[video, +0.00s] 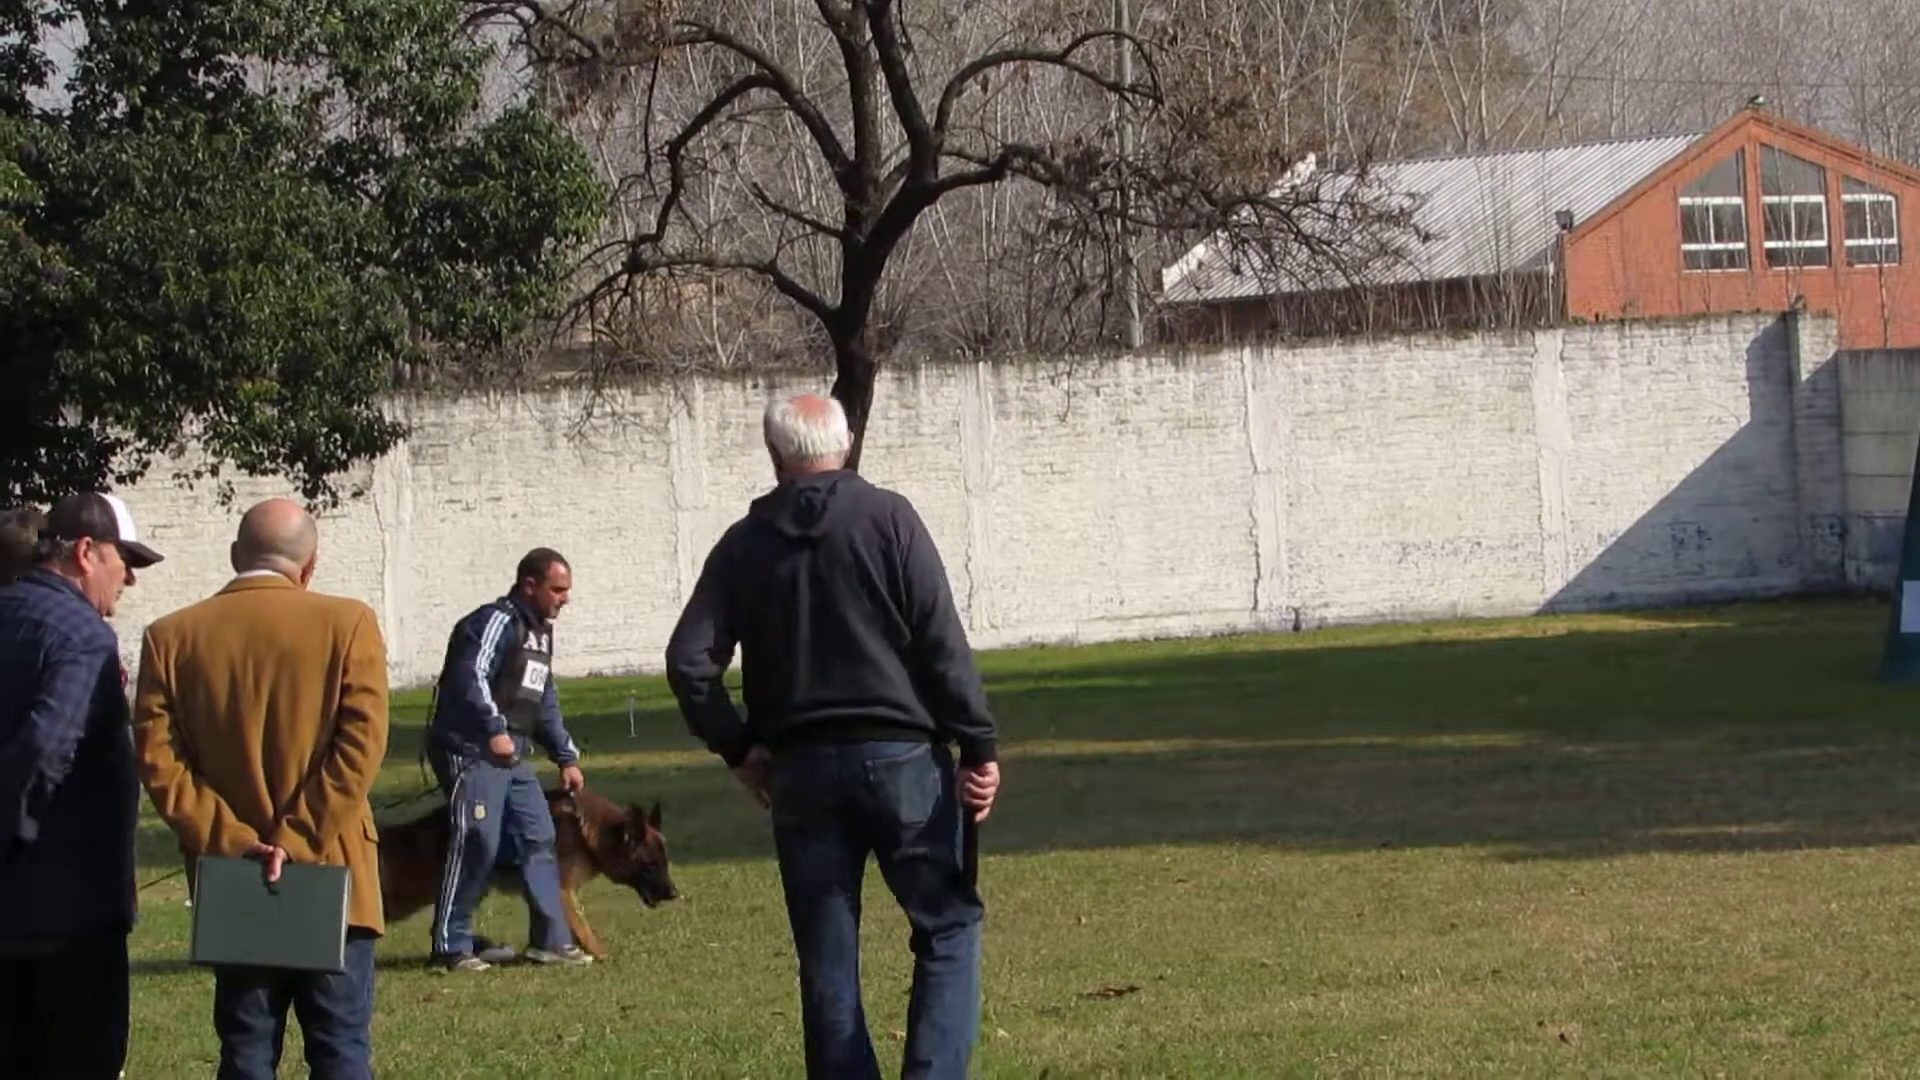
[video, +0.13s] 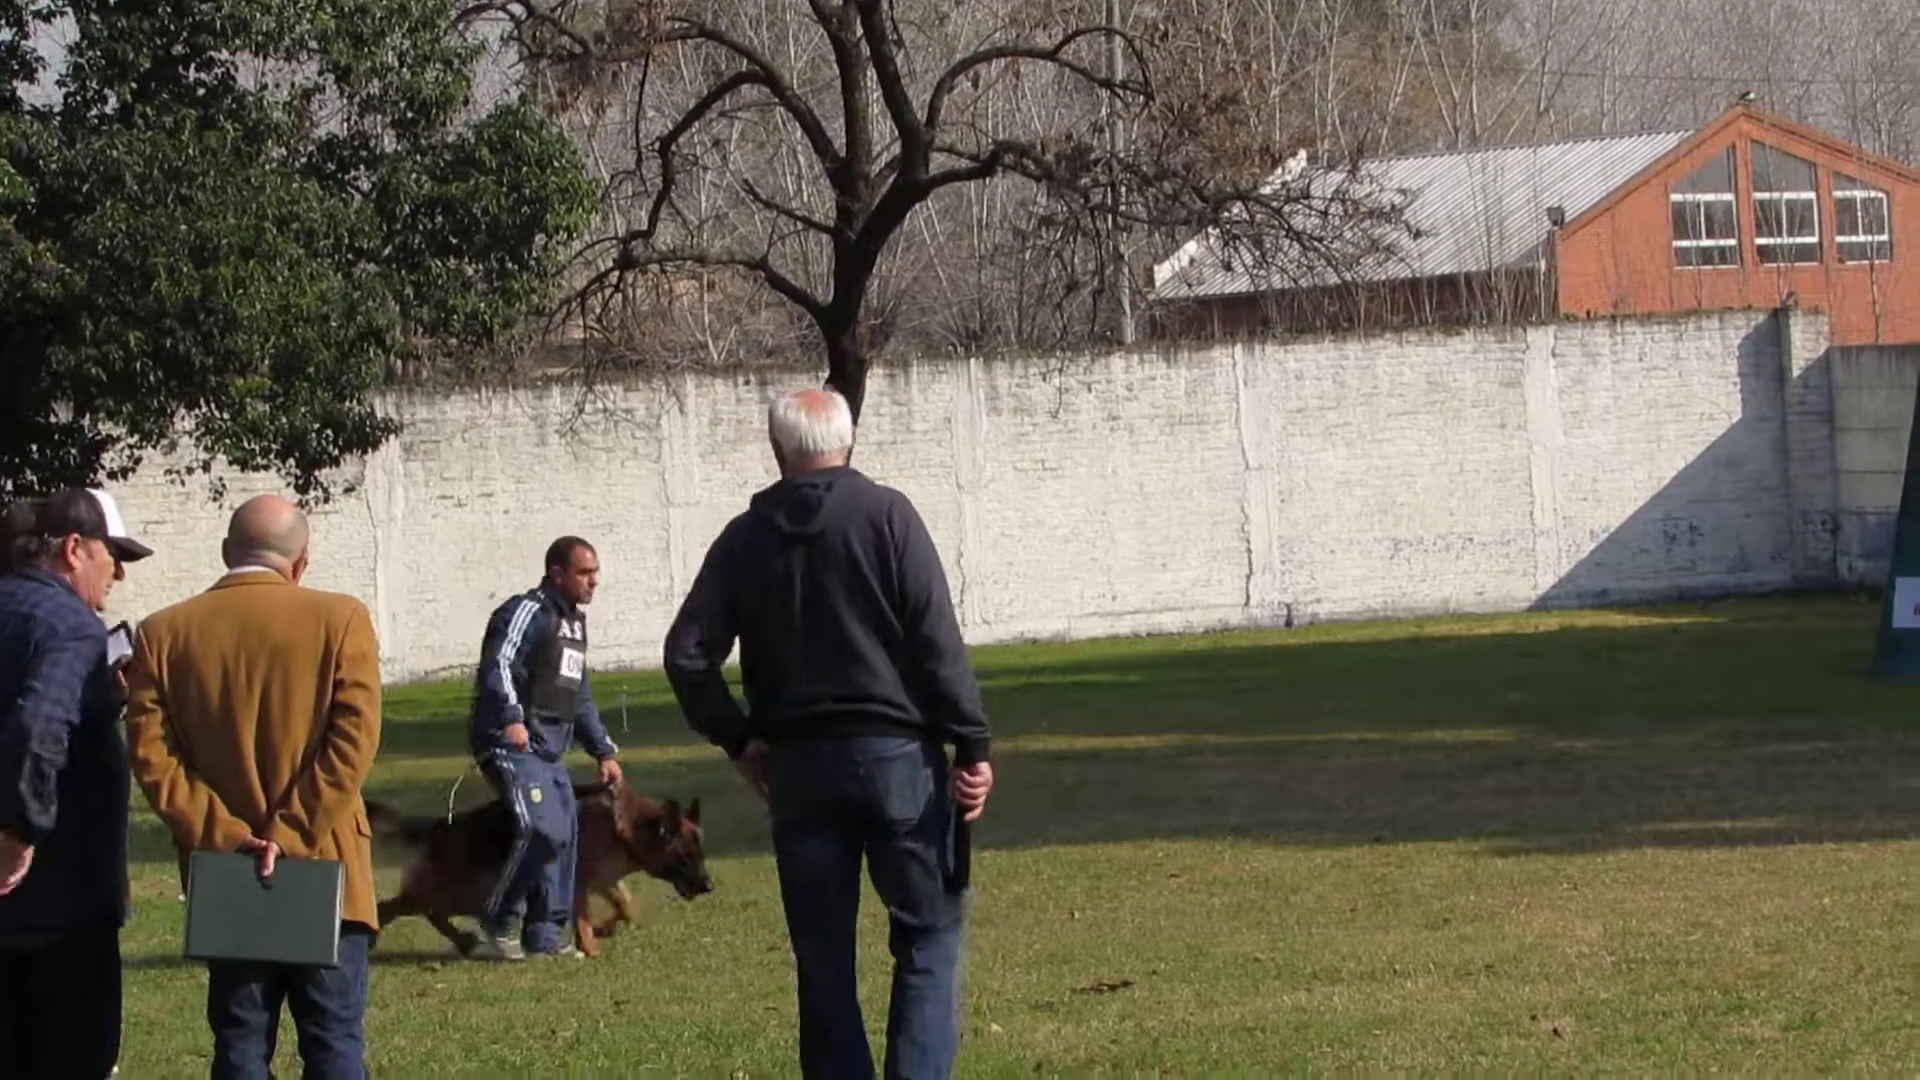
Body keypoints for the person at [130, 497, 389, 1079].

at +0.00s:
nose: (315, 565)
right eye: (315, 557)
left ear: (236, 556)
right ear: (307, 563)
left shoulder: (170, 636)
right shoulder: (349, 623)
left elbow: (159, 766)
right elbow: (359, 749)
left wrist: (237, 845)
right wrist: (294, 839)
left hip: (232, 896)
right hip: (337, 892)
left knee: (246, 1049)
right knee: (341, 1047)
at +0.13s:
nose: (307, 562)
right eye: (306, 554)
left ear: (227, 552)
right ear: (298, 560)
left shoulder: (162, 631)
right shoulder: (342, 618)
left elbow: (151, 759)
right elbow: (352, 745)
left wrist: (230, 839)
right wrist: (287, 833)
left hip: (225, 892)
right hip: (331, 887)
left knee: (240, 1046)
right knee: (335, 1043)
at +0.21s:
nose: (308, 556)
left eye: (306, 547)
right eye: (307, 548)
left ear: (227, 548)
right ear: (297, 554)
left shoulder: (162, 626)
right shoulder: (343, 613)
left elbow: (152, 756)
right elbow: (353, 739)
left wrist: (229, 832)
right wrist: (287, 828)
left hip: (226, 884)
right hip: (330, 879)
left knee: (240, 1038)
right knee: (335, 1036)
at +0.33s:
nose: (297, 514)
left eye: (295, 505)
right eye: (296, 506)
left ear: (216, 507)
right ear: (287, 513)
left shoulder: (153, 584)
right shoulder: (331, 570)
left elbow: (140, 710)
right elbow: (345, 692)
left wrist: (217, 787)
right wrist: (279, 785)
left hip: (214, 837)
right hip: (320, 831)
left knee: (230, 996)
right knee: (324, 991)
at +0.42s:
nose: (291, 478)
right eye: (291, 470)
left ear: (210, 472)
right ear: (282, 476)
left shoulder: (149, 549)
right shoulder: (328, 535)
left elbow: (137, 676)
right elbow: (339, 659)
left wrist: (215, 752)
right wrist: (274, 747)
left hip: (210, 804)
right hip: (317, 799)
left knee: (225, 962)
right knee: (320, 960)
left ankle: (231, 1076)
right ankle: (327, 1074)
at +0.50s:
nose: (288, 432)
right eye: (288, 424)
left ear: (208, 426)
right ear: (281, 430)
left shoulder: (150, 504)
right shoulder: (327, 490)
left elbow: (136, 630)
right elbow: (341, 612)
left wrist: (210, 706)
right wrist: (279, 700)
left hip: (209, 758)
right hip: (316, 751)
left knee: (225, 909)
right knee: (320, 908)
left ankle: (232, 1066)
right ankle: (333, 1065)